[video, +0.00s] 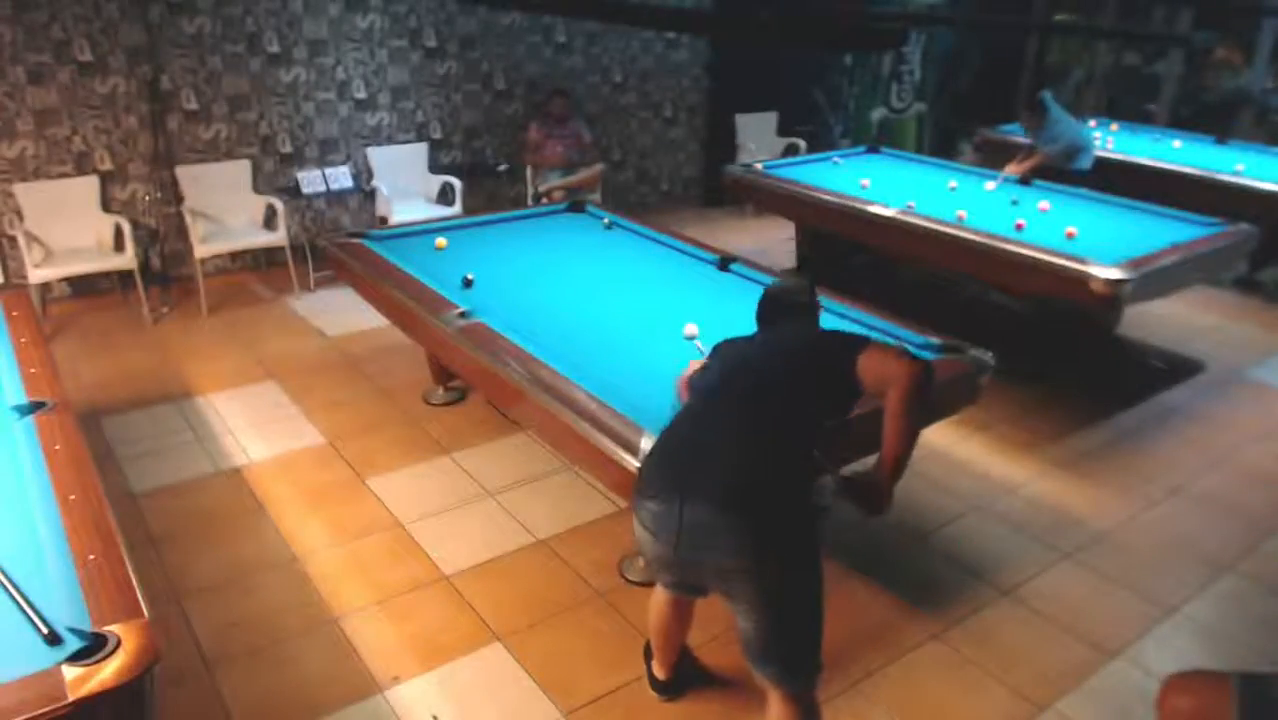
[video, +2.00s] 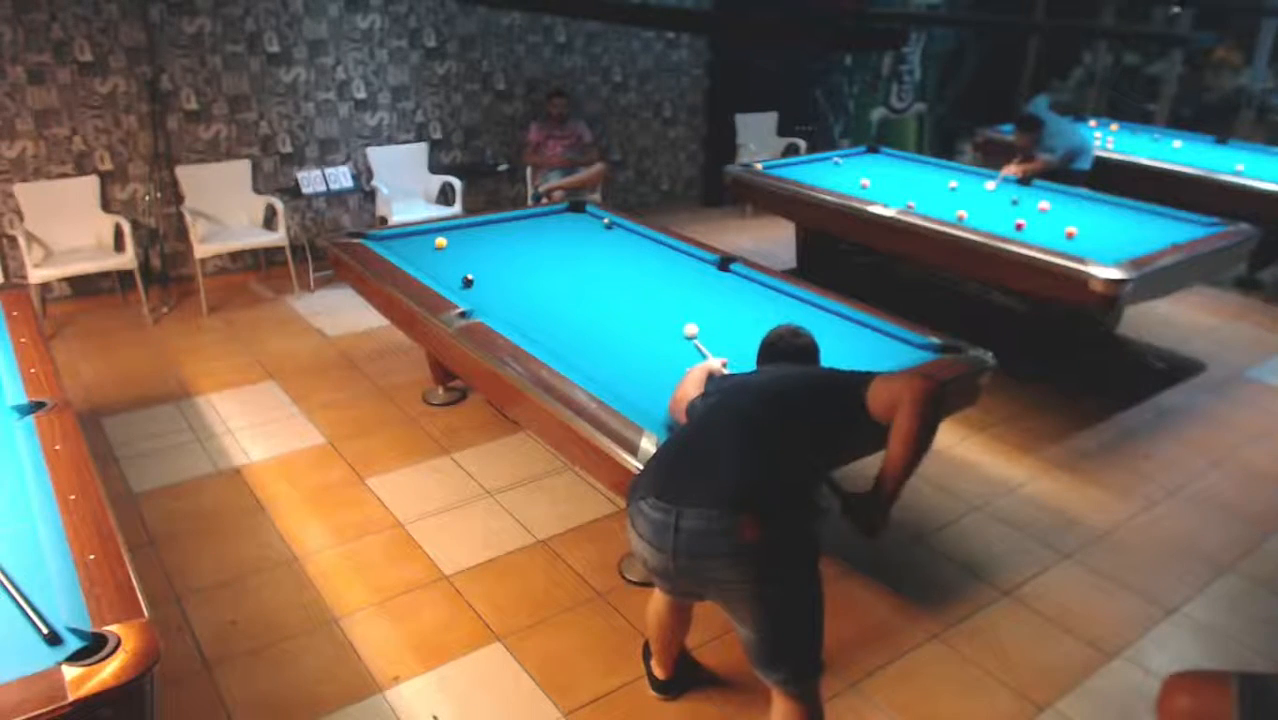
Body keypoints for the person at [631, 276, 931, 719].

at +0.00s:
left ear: (761, 317)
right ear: (813, 317)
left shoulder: (729, 349)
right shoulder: (831, 348)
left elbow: (687, 385)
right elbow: (906, 372)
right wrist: (884, 477)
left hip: (659, 496)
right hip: (750, 510)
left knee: (673, 581)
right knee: (786, 683)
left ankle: (665, 671)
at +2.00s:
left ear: (761, 361)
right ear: (814, 363)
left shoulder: (724, 387)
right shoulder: (834, 386)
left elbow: (679, 405)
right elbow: (916, 391)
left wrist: (702, 366)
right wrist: (881, 497)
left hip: (650, 518)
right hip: (746, 531)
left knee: (672, 585)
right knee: (791, 687)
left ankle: (663, 671)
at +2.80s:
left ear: (761, 359)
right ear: (814, 361)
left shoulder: (726, 387)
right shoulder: (835, 386)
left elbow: (683, 406)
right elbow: (913, 404)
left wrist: (702, 366)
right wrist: (888, 510)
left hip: (655, 517)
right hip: (750, 534)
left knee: (671, 583)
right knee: (798, 682)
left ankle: (664, 671)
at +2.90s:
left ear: (766, 346)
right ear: (819, 347)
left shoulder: (730, 373)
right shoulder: (844, 381)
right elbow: (920, 415)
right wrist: (895, 517)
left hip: (658, 522)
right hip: (751, 542)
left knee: (672, 584)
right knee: (803, 679)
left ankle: (664, 672)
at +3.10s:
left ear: (782, 307)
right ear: (839, 314)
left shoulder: (747, 346)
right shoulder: (870, 371)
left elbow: (688, 387)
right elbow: (953, 439)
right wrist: (921, 538)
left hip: (686, 519)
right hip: (781, 547)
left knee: (677, 589)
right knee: (815, 673)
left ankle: (663, 672)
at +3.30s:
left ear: (814, 277)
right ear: (884, 281)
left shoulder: (771, 336)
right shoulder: (908, 366)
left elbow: (687, 378)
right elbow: (994, 481)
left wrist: (723, 355)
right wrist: (961, 518)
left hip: (725, 562)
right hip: (829, 586)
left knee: (694, 611)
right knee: (832, 696)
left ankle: (666, 677)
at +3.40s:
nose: (817, 281)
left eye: (818, 270)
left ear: (823, 275)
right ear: (892, 276)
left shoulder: (777, 331)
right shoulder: (923, 367)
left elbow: (686, 353)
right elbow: (1007, 487)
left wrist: (700, 327)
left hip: (728, 559)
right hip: (831, 587)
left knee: (699, 606)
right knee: (833, 695)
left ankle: (669, 686)